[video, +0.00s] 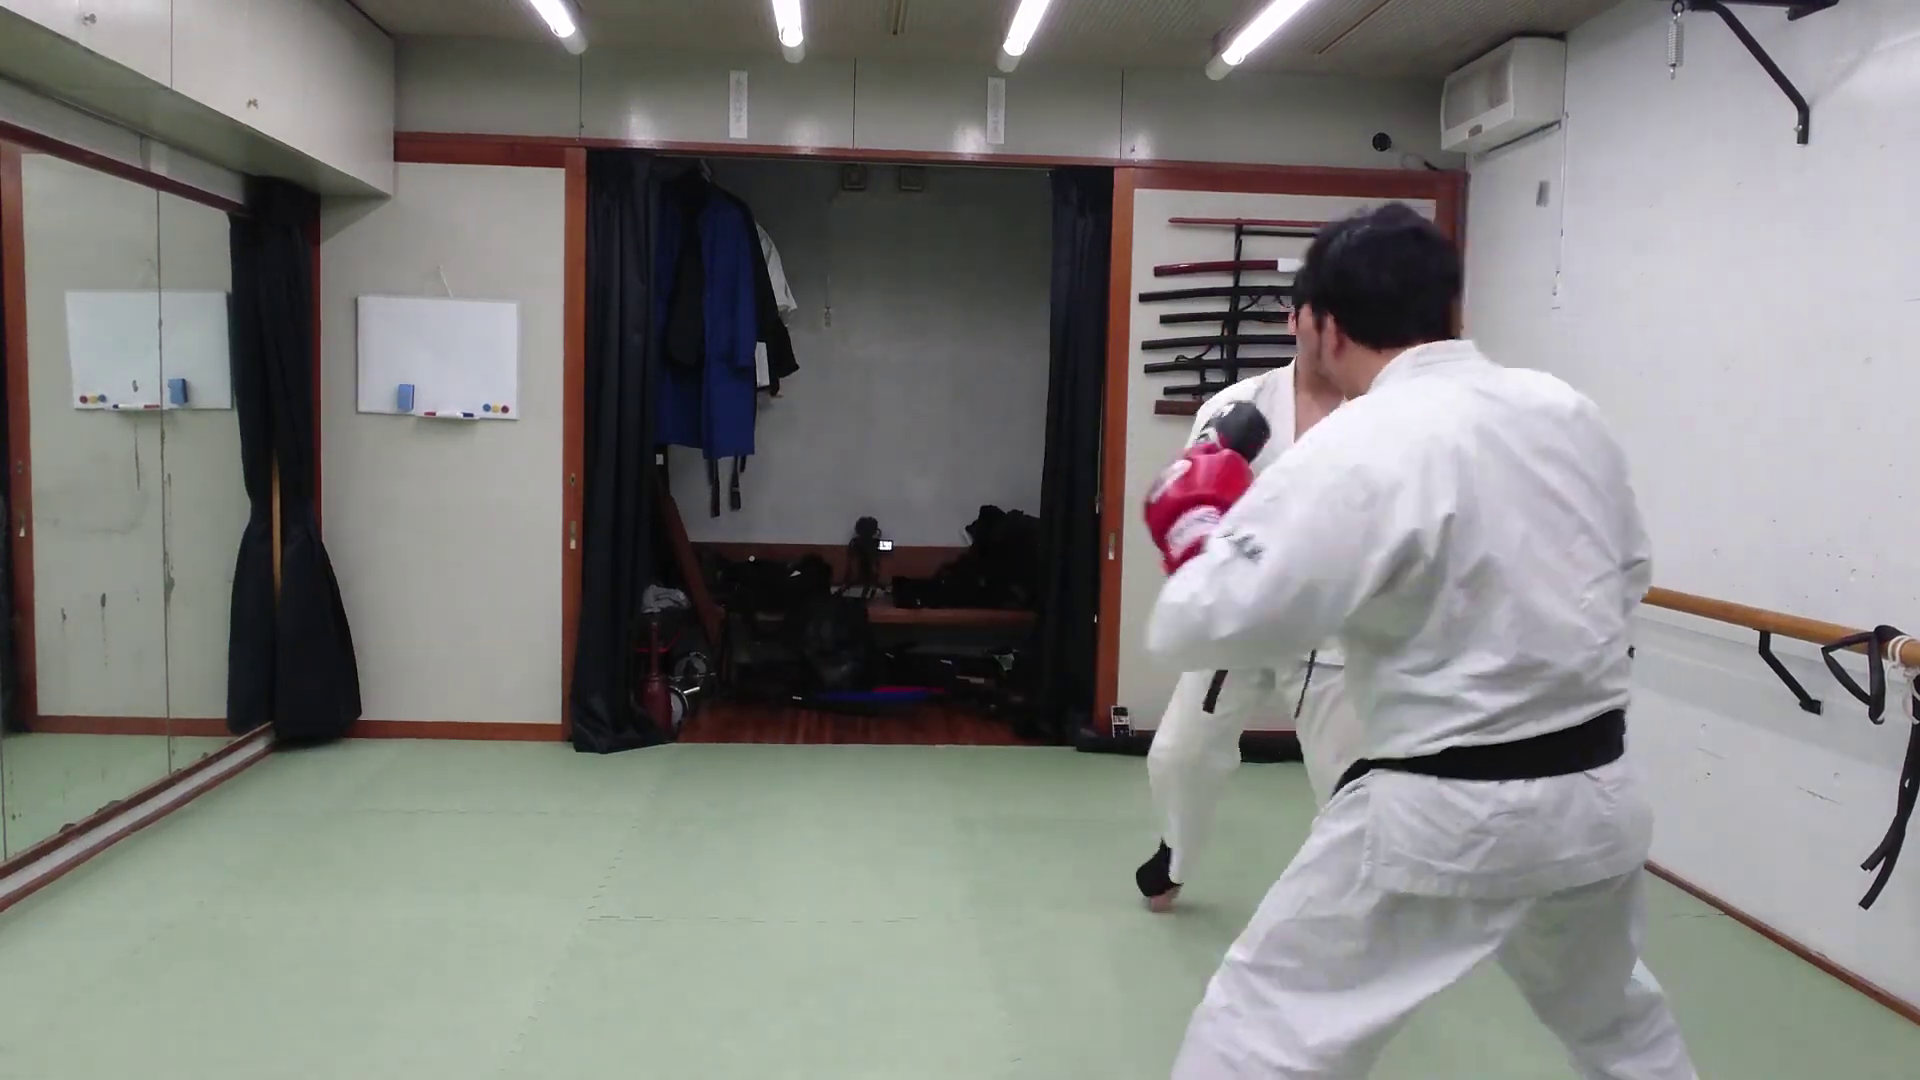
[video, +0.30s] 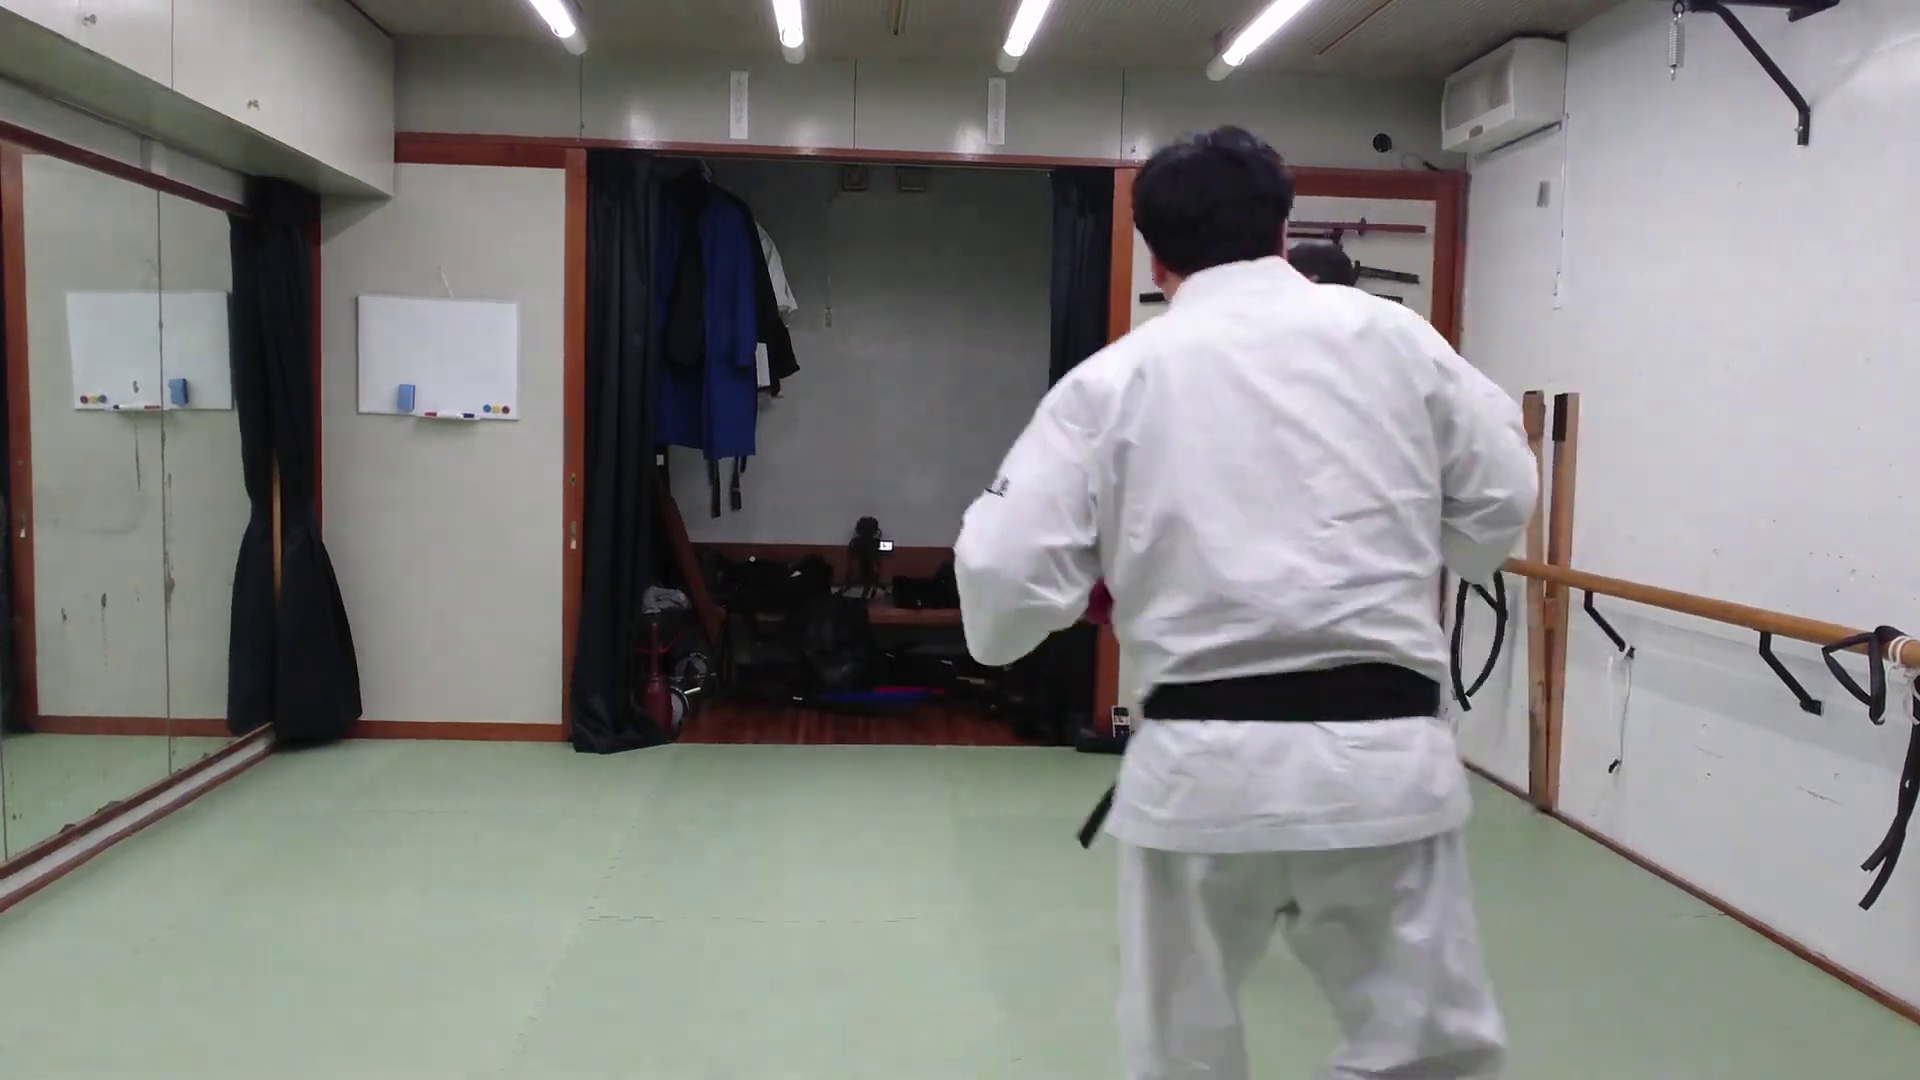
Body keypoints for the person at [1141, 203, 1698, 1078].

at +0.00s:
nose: (1298, 340)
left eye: (1298, 319)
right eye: (1297, 320)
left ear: (1324, 323)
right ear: (1448, 306)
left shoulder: (1366, 446)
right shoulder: (1568, 410)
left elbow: (1227, 619)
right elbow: (1631, 572)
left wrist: (1192, 529)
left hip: (1434, 822)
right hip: (1597, 801)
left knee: (1258, 1018)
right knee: (1620, 1019)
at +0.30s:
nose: (1144, 262)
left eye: (1145, 244)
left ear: (1161, 259)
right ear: (1287, 237)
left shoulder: (1115, 377)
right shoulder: (1392, 336)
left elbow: (1000, 567)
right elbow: (1504, 497)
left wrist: (1029, 618)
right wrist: (1427, 537)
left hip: (1197, 783)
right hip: (1387, 777)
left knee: (1182, 1056)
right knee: (1430, 1052)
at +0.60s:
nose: (1231, 258)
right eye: (1230, 242)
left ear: (1077, 250)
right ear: (1215, 250)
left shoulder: (975, 369)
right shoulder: (1270, 383)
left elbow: (865, 580)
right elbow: (1311, 602)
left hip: (961, 790)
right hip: (1130, 820)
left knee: (968, 1042)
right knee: (1100, 1064)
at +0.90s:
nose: (1031, 302)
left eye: (1031, 279)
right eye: (1031, 276)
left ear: (900, 264)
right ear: (1009, 277)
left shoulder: (797, 386)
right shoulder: (1009, 396)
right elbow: (1114, 567)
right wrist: (1129, 421)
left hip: (758, 782)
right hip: (892, 812)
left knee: (762, 1054)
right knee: (980, 1061)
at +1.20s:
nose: (844, 289)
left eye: (849, 265)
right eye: (845, 263)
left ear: (736, 240)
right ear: (802, 251)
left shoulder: (680, 335)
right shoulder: (775, 352)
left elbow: (838, 515)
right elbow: (922, 485)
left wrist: (935, 617)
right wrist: (969, 347)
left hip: (599, 757)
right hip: (659, 774)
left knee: (673, 1038)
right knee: (677, 1051)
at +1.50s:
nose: (783, 383)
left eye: (787, 359)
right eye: (784, 357)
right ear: (741, 345)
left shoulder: (620, 428)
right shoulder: (659, 454)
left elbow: (641, 642)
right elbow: (684, 645)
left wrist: (780, 678)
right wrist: (818, 579)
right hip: (530, 844)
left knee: (674, 1002)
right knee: (504, 1061)